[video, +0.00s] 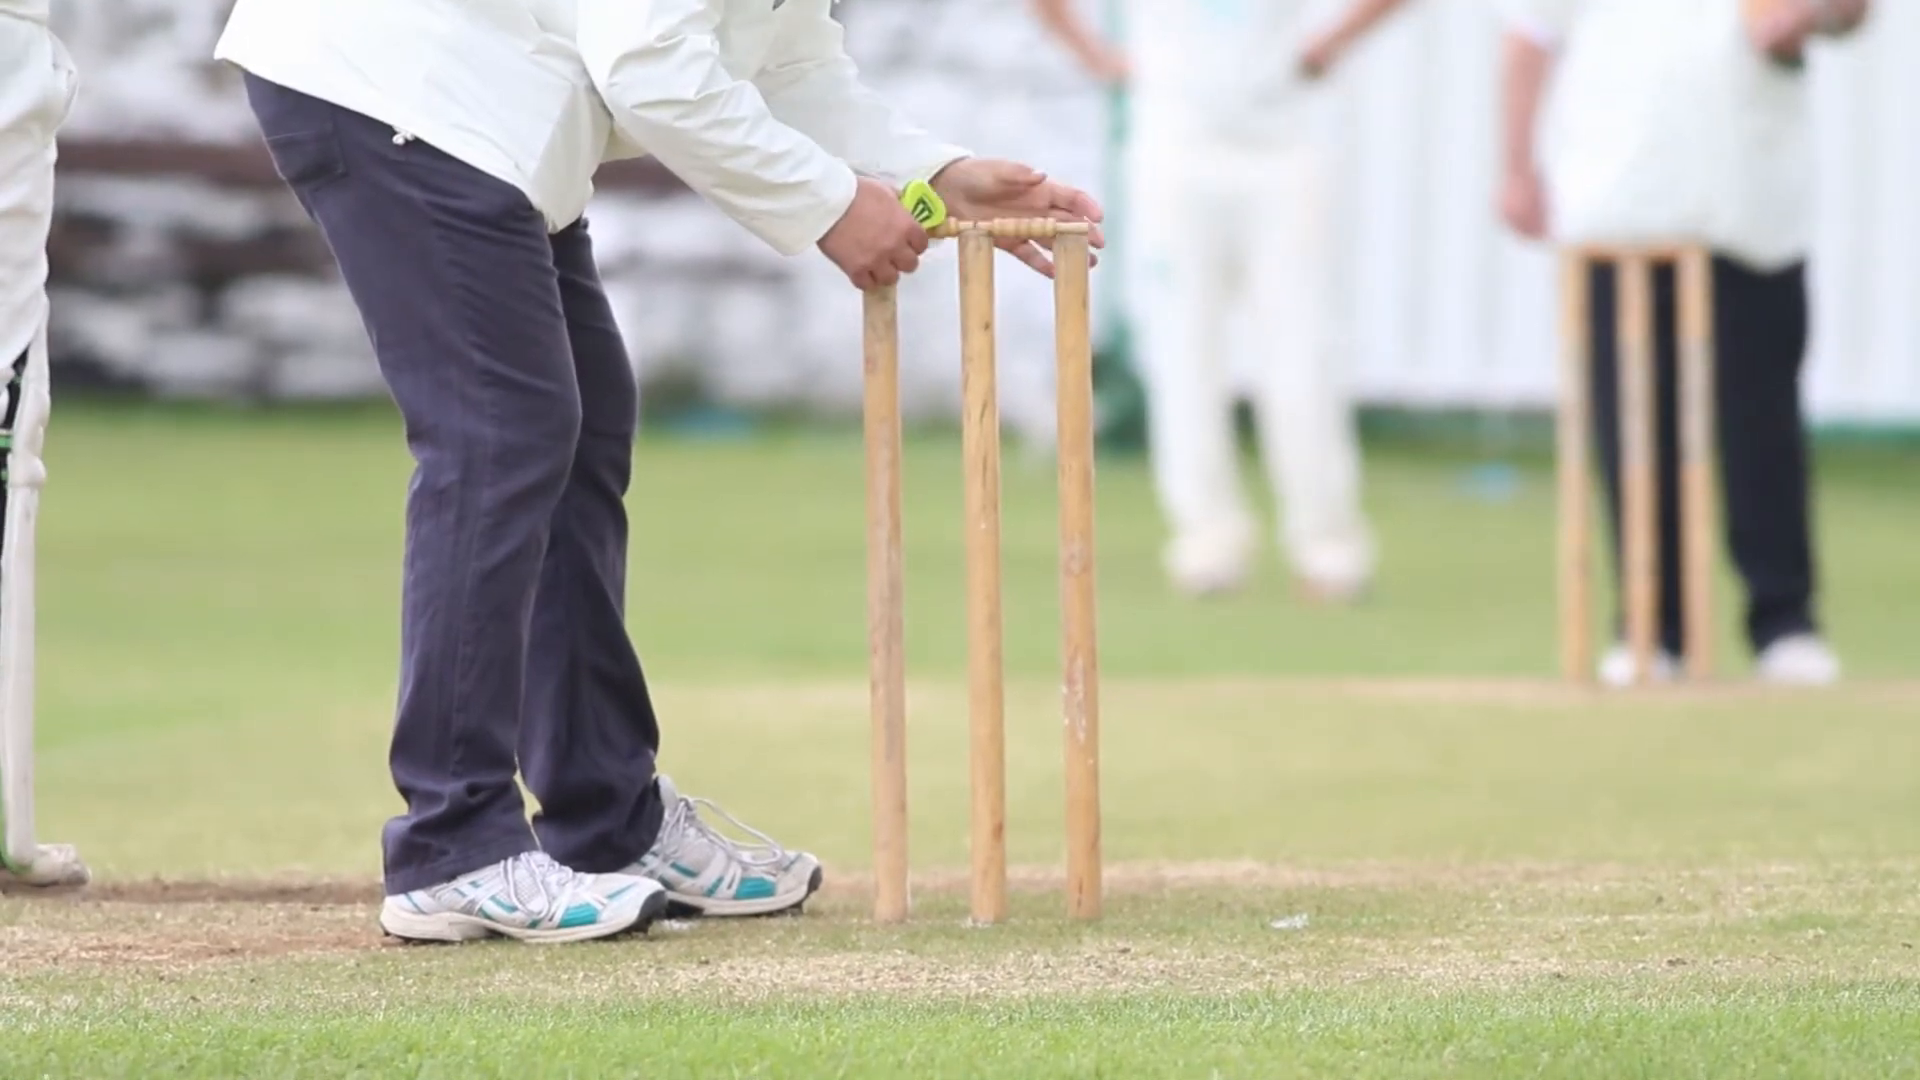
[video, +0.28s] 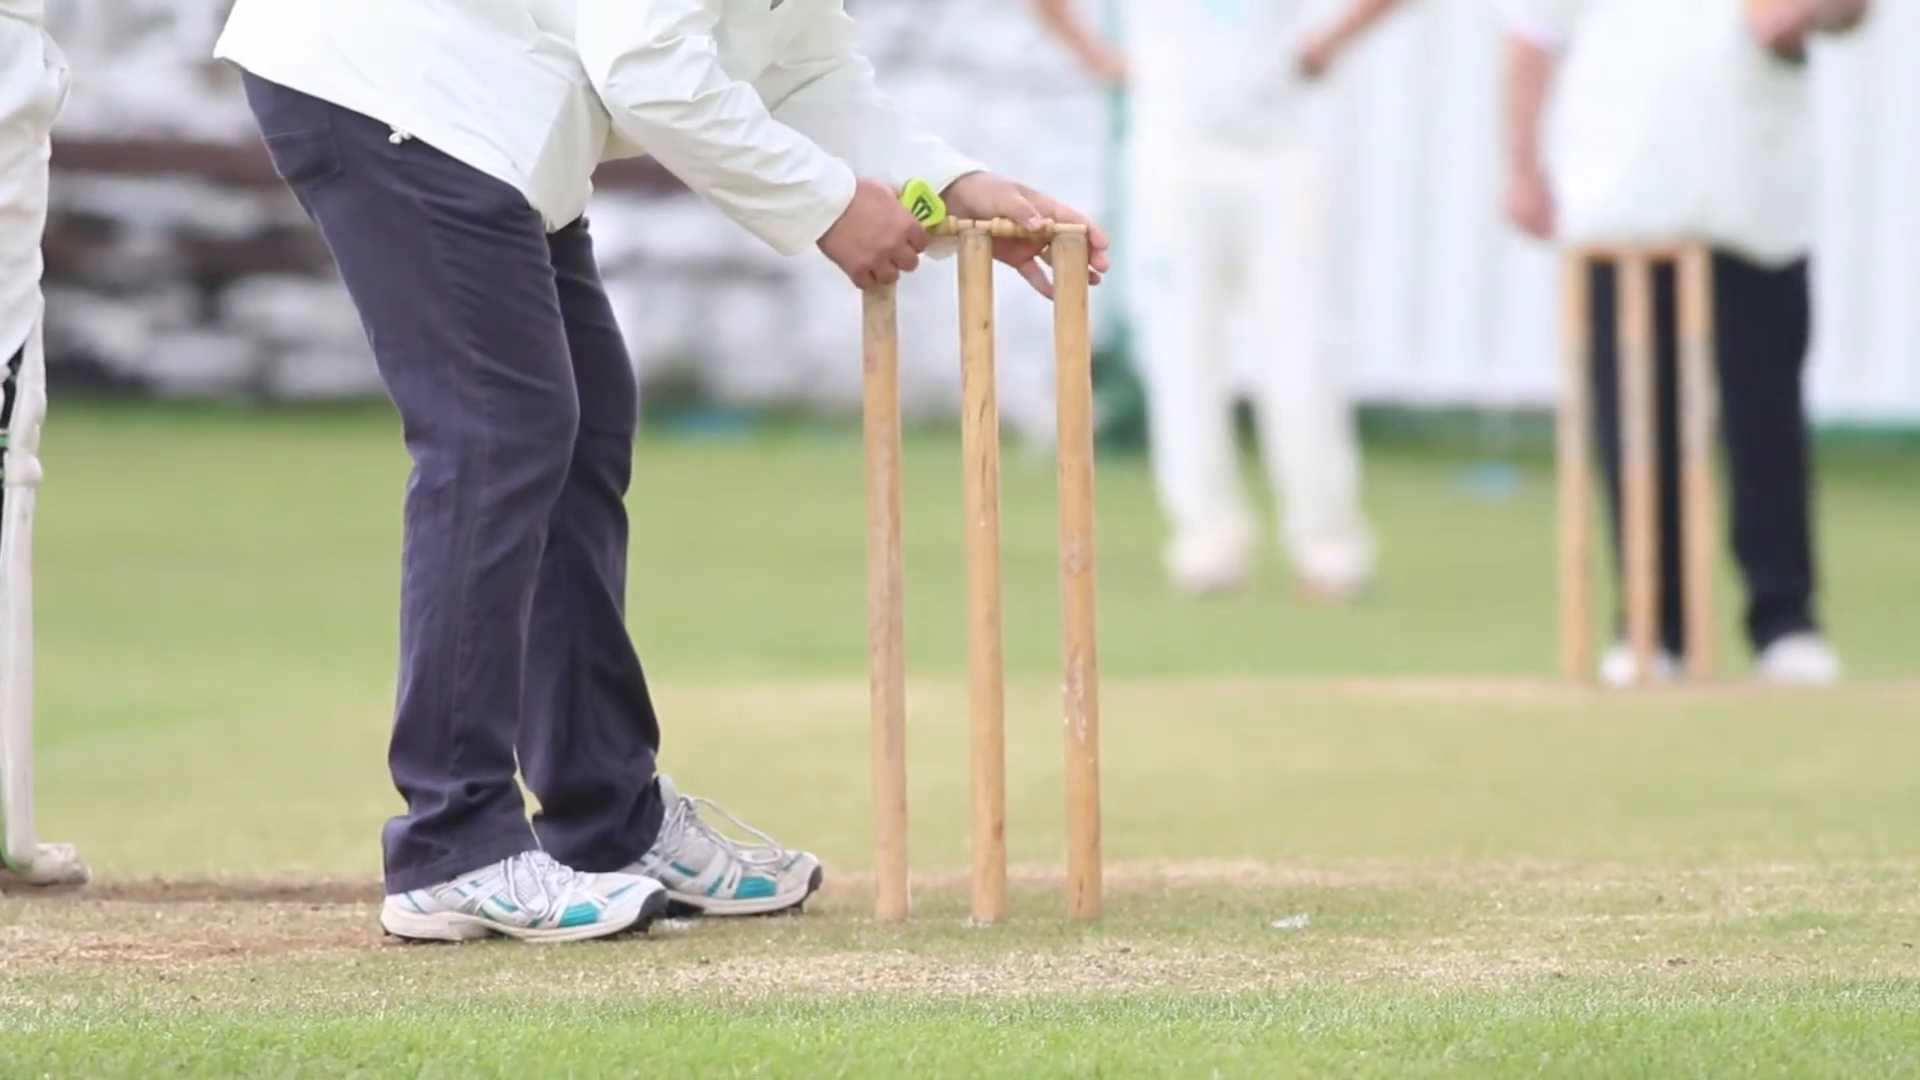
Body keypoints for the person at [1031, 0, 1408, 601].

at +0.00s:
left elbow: (1394, 3)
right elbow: (1042, 5)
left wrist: (1328, 46)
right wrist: (1098, 54)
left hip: (1289, 114)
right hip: (1170, 113)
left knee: (1300, 336)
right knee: (1178, 338)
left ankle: (1327, 543)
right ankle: (1208, 540)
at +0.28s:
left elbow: (1391, 4)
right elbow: (1040, 4)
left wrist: (1327, 43)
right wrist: (1097, 55)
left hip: (1286, 119)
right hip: (1169, 117)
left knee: (1300, 338)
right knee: (1179, 341)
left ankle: (1327, 543)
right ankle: (1208, 540)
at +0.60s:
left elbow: (1389, 4)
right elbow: (1040, 5)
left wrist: (1327, 43)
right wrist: (1098, 55)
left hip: (1286, 120)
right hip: (1169, 120)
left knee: (1300, 341)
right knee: (1178, 344)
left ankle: (1328, 543)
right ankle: (1208, 540)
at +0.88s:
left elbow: (1388, 3)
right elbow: (1039, 5)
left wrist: (1325, 44)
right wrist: (1096, 54)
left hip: (1288, 115)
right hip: (1169, 114)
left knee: (1299, 338)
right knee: (1178, 342)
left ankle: (1328, 544)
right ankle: (1208, 540)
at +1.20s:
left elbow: (1385, 4)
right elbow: (1038, 4)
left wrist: (1322, 43)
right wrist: (1095, 53)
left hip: (1287, 115)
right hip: (1168, 115)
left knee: (1300, 337)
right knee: (1178, 340)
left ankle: (1327, 539)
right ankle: (1208, 536)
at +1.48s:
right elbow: (1037, 4)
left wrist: (1324, 38)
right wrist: (1096, 51)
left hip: (1281, 126)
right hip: (1170, 124)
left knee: (1301, 339)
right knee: (1178, 342)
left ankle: (1327, 538)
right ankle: (1208, 534)